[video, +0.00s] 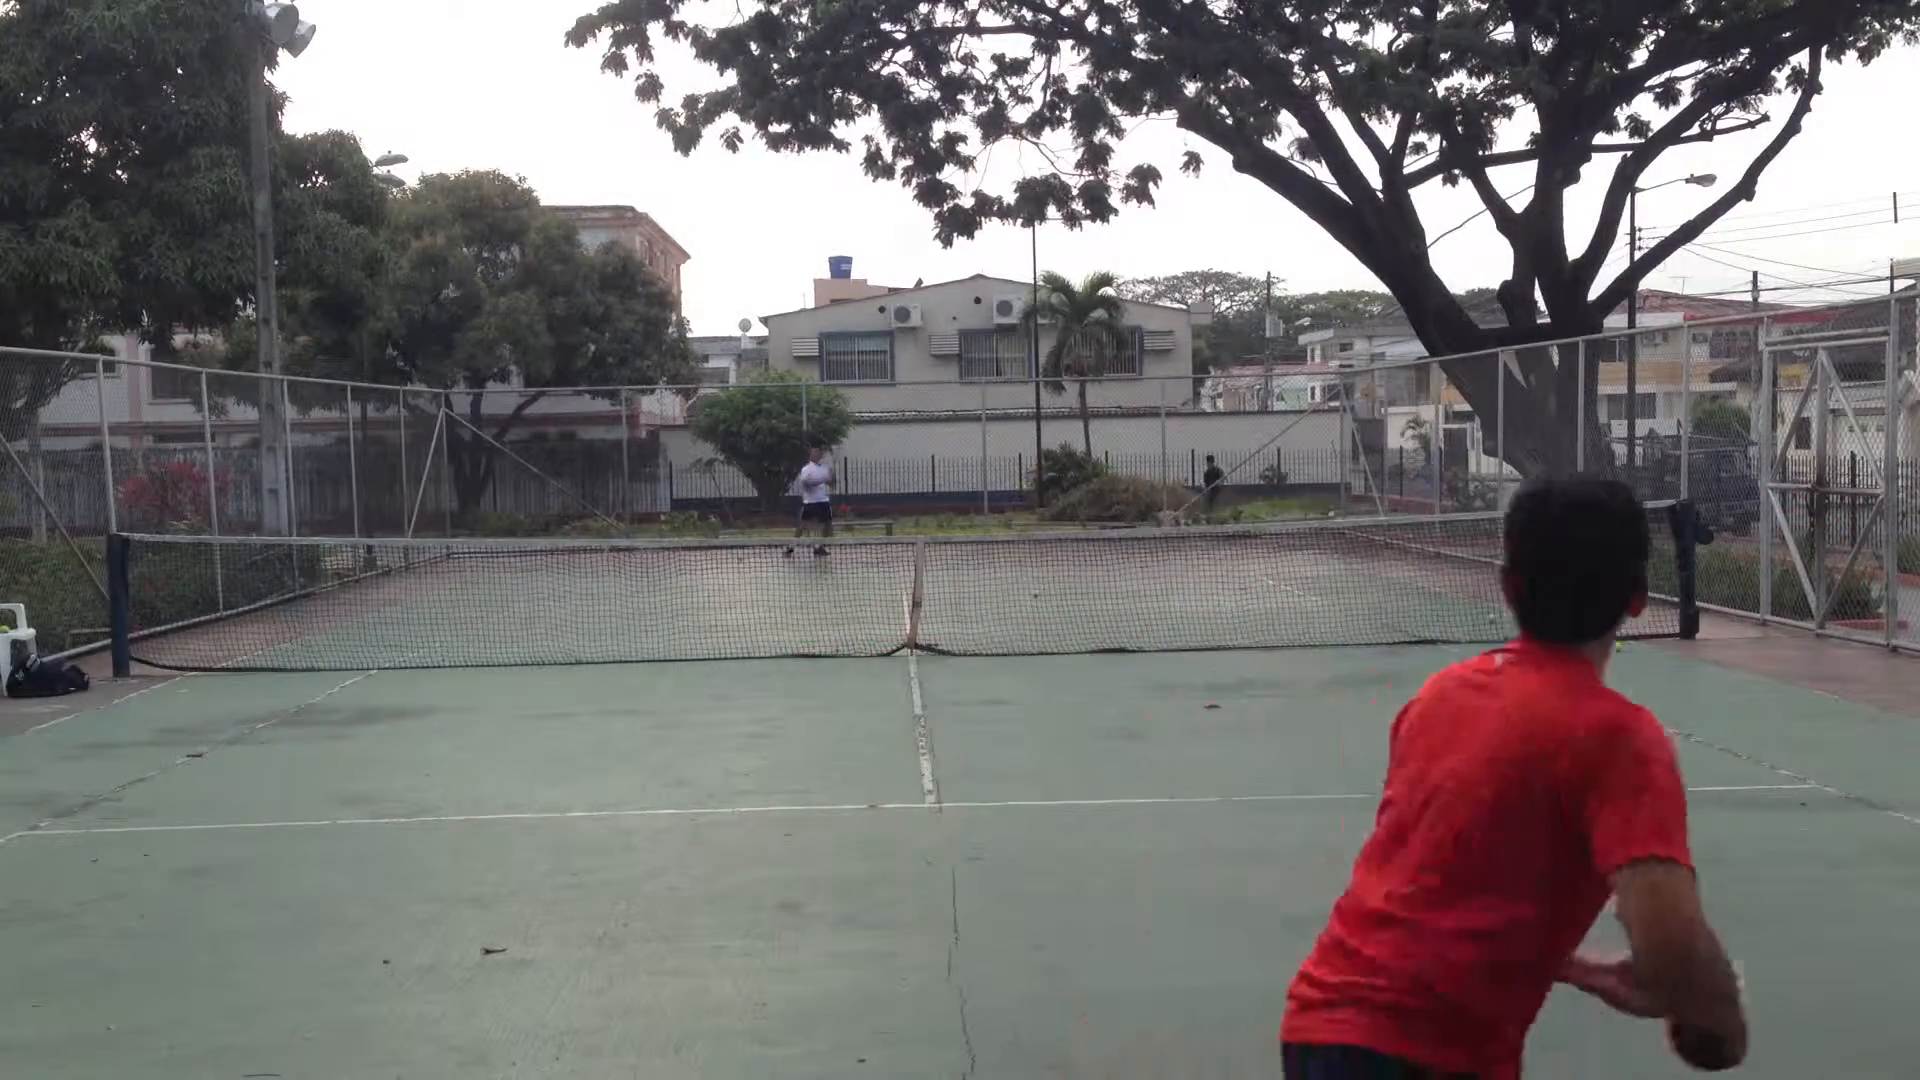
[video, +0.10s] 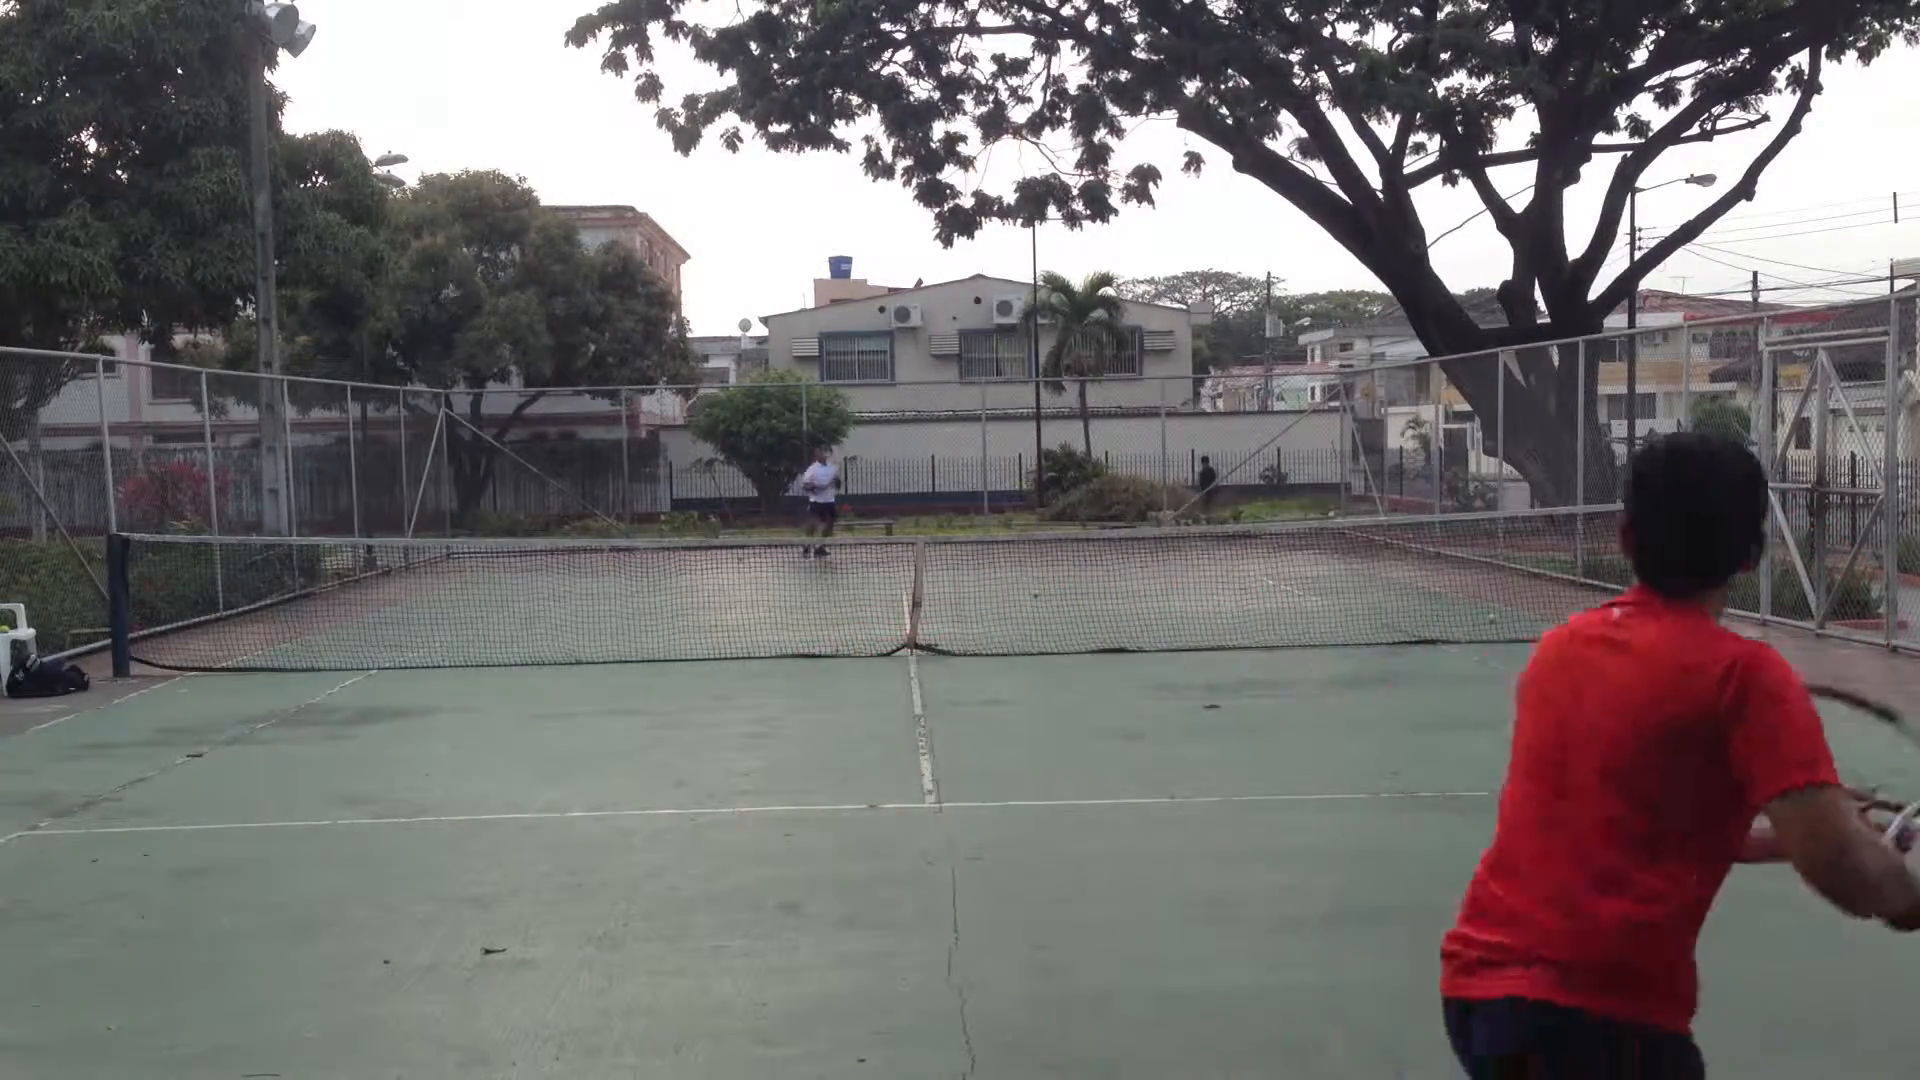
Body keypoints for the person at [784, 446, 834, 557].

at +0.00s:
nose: (817, 455)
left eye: (819, 453)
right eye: (815, 453)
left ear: (821, 454)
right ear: (810, 455)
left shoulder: (825, 468)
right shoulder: (806, 469)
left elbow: (831, 483)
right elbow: (805, 482)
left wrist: (831, 476)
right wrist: (823, 479)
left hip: (823, 500)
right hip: (809, 501)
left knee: (827, 525)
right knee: (802, 525)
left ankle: (820, 546)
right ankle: (791, 547)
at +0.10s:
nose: (825, 455)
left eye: (827, 452)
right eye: (822, 452)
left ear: (829, 454)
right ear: (817, 454)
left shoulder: (833, 468)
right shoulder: (813, 469)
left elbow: (838, 485)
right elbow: (805, 484)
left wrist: (837, 481)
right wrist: (815, 487)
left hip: (829, 501)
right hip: (815, 501)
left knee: (829, 525)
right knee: (813, 523)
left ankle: (821, 546)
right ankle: (807, 545)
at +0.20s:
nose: (827, 454)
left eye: (829, 452)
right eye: (825, 452)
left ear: (831, 452)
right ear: (821, 453)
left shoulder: (838, 464)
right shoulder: (815, 466)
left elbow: (845, 479)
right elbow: (809, 483)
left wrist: (839, 480)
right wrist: (821, 485)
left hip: (835, 498)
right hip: (821, 498)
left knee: (831, 523)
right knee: (824, 521)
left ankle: (828, 545)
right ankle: (823, 543)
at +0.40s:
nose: (836, 456)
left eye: (837, 453)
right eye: (833, 454)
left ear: (839, 453)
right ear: (828, 455)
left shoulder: (848, 466)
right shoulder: (824, 469)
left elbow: (855, 480)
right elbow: (818, 486)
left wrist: (848, 480)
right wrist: (829, 488)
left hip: (847, 499)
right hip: (833, 500)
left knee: (852, 524)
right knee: (839, 522)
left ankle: (836, 532)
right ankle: (841, 545)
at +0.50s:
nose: (839, 455)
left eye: (840, 453)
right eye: (836, 453)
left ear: (844, 453)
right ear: (832, 454)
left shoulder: (851, 466)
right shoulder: (829, 468)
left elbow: (859, 480)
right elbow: (825, 485)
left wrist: (854, 479)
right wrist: (836, 487)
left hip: (852, 500)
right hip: (837, 500)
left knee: (858, 523)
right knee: (840, 524)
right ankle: (842, 545)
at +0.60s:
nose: (846, 456)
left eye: (847, 453)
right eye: (843, 454)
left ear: (850, 454)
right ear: (839, 455)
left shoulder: (857, 465)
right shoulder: (835, 468)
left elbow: (864, 478)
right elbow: (830, 485)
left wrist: (861, 479)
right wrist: (843, 487)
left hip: (858, 500)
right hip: (843, 501)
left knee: (867, 523)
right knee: (843, 523)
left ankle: (875, 544)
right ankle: (843, 546)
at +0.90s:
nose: (860, 455)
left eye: (862, 452)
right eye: (858, 452)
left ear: (865, 452)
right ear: (854, 453)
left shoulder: (873, 464)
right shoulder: (850, 467)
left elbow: (881, 479)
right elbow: (845, 484)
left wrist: (876, 478)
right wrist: (858, 486)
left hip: (873, 499)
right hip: (858, 500)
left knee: (878, 523)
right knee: (853, 522)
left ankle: (881, 544)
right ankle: (847, 544)